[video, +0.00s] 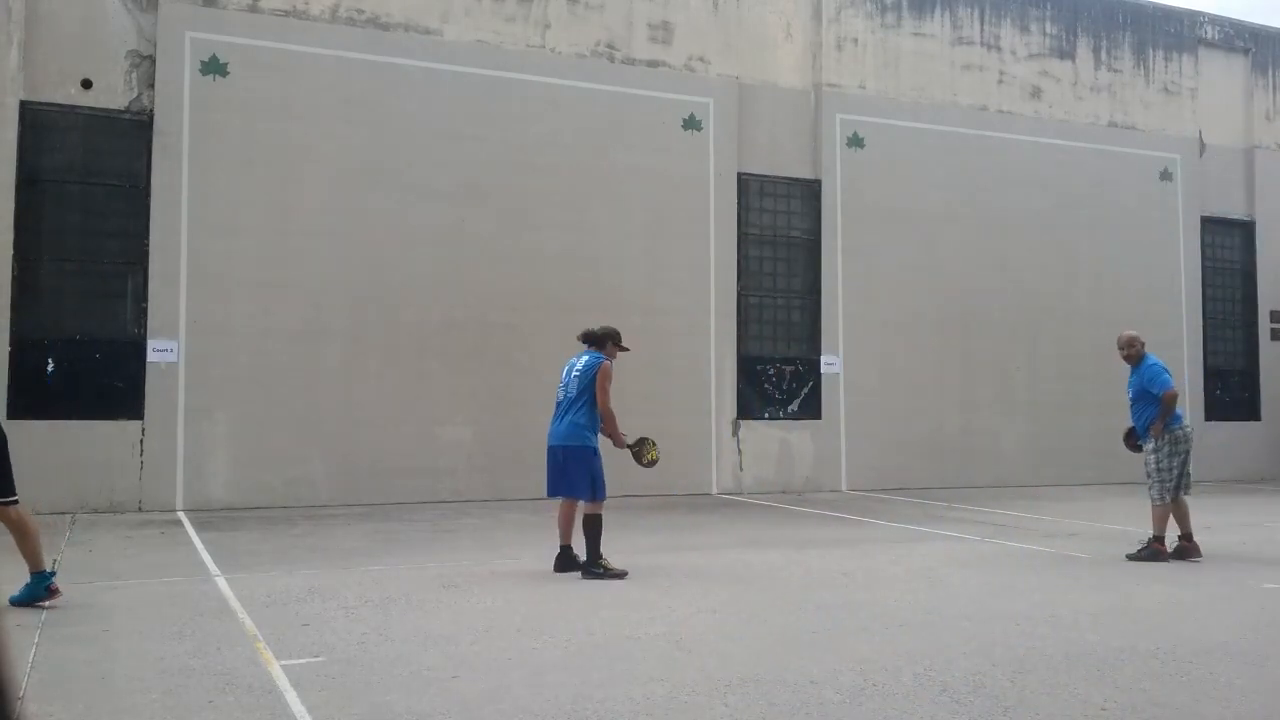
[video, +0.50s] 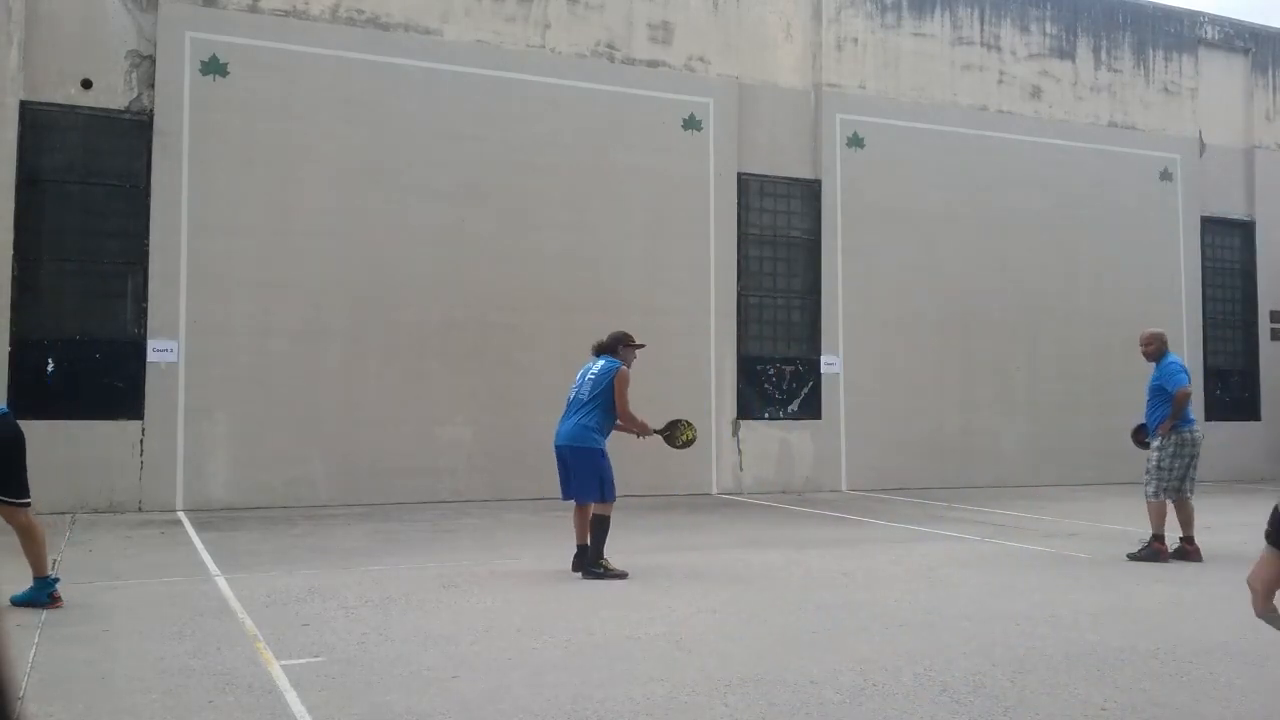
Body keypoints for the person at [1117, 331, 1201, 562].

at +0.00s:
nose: (1126, 353)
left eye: (1131, 347)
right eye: (1122, 349)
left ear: (1142, 346)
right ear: (1119, 352)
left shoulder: (1151, 369)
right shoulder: (1137, 370)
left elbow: (1170, 394)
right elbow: (1148, 403)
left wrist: (1159, 423)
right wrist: (1137, 427)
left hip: (1166, 436)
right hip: (1168, 434)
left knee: (1160, 491)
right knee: (1173, 492)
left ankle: (1157, 545)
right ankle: (1188, 542)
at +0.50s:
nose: (1144, 350)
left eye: (1149, 345)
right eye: (1142, 346)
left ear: (1164, 344)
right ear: (1143, 348)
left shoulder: (1170, 366)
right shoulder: (1164, 366)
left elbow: (1183, 392)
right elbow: (1167, 401)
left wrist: (1169, 421)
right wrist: (1151, 426)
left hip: (1172, 435)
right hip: (1185, 434)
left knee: (1154, 489)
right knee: (1179, 491)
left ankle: (1157, 544)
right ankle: (1189, 545)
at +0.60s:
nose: (1146, 349)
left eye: (1151, 344)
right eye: (1145, 345)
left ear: (1166, 345)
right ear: (1165, 347)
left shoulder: (1168, 366)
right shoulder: (1177, 364)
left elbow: (1179, 393)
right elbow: (1193, 393)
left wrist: (1166, 421)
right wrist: (1181, 417)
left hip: (1171, 435)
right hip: (1188, 433)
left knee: (1159, 490)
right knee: (1180, 491)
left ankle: (1158, 545)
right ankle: (1189, 545)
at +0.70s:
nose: (1148, 348)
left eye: (1152, 343)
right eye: (1147, 343)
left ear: (1169, 343)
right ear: (1169, 345)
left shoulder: (1169, 365)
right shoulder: (1182, 363)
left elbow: (1176, 392)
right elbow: (1198, 394)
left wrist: (1163, 424)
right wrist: (1185, 418)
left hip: (1171, 435)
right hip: (1190, 433)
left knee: (1160, 490)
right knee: (1182, 491)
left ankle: (1158, 545)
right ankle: (1189, 545)